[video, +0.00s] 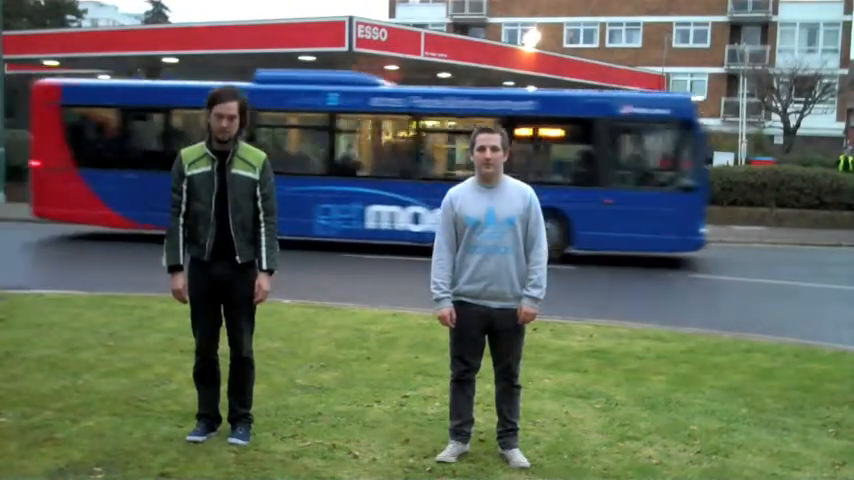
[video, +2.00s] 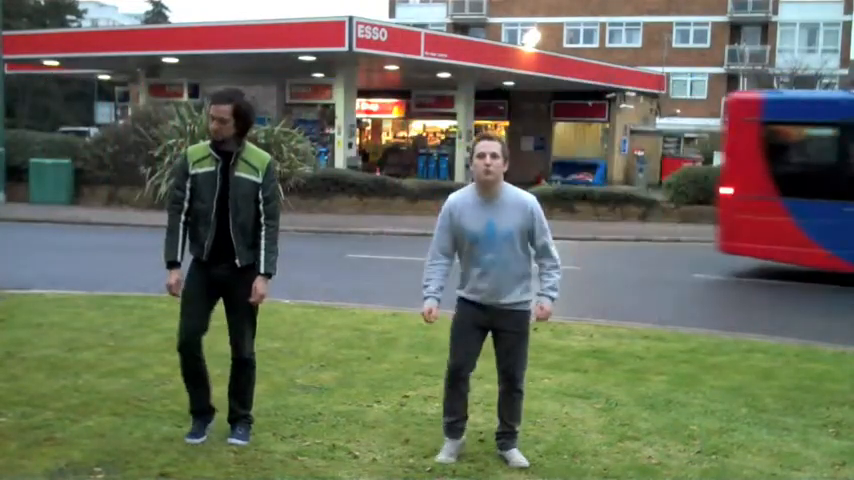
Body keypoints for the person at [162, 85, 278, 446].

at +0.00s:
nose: (225, 124)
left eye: (232, 118)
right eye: (219, 117)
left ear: (241, 120)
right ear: (208, 118)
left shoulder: (257, 162)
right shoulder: (187, 159)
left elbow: (267, 218)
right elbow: (176, 216)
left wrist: (266, 270)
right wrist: (176, 269)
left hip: (242, 270)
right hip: (201, 269)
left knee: (241, 350)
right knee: (204, 349)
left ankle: (241, 421)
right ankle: (206, 419)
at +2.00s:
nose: (214, 125)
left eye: (221, 120)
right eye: (211, 119)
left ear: (240, 123)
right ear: (207, 118)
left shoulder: (262, 165)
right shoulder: (191, 158)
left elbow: (270, 222)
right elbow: (176, 213)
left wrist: (264, 274)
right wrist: (173, 265)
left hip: (243, 272)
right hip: (201, 268)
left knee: (243, 350)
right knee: (187, 340)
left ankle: (241, 421)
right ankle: (201, 414)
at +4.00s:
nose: (210, 123)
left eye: (217, 117)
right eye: (209, 116)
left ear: (237, 120)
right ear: (210, 119)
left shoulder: (265, 165)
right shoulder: (195, 159)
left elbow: (272, 224)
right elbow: (178, 211)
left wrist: (265, 275)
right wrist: (171, 263)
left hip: (244, 271)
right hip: (203, 267)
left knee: (244, 351)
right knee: (178, 334)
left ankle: (240, 420)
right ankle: (195, 411)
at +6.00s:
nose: (226, 118)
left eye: (229, 112)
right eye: (218, 112)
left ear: (232, 116)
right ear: (200, 117)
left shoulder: (249, 159)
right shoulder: (178, 162)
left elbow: (260, 215)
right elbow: (168, 220)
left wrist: (263, 265)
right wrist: (175, 273)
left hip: (240, 269)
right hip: (199, 271)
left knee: (238, 350)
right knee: (202, 350)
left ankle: (238, 421)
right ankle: (205, 420)